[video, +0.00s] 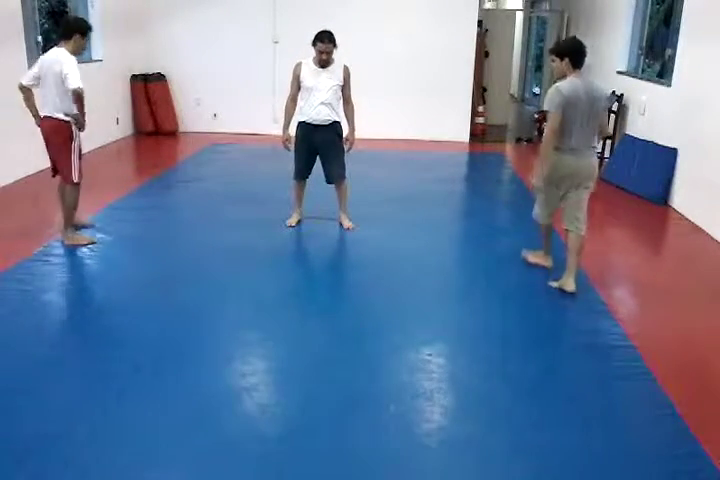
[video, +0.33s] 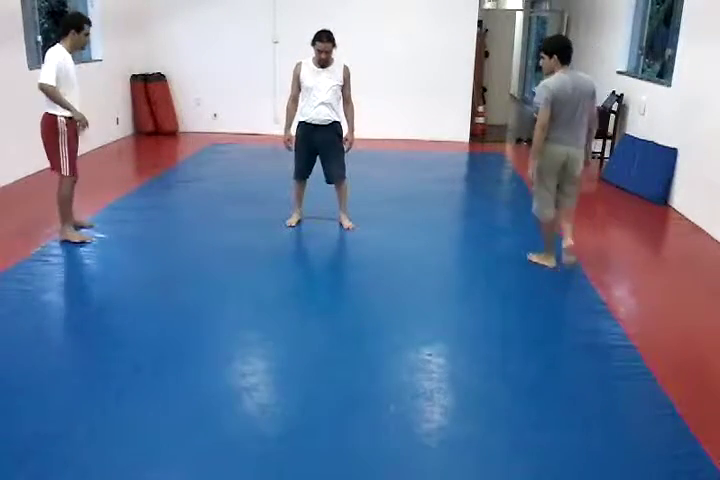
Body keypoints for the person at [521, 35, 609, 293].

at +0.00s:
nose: (552, 66)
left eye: (554, 61)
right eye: (552, 60)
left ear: (566, 61)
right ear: (577, 62)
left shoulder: (559, 91)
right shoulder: (597, 91)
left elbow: (551, 133)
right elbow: (604, 130)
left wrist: (539, 170)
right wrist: (584, 125)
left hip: (560, 157)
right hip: (587, 160)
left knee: (544, 209)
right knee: (577, 222)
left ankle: (545, 254)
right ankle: (570, 278)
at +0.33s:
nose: (541, 63)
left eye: (543, 58)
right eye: (541, 58)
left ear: (555, 58)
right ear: (566, 58)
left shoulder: (548, 86)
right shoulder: (588, 84)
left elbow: (541, 126)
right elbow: (592, 123)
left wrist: (533, 159)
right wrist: (587, 153)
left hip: (551, 149)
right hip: (576, 151)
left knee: (545, 201)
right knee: (568, 200)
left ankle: (548, 254)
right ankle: (568, 242)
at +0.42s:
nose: (540, 60)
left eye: (543, 55)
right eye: (540, 55)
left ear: (554, 56)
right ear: (566, 55)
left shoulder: (548, 83)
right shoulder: (586, 82)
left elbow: (541, 121)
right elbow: (590, 119)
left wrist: (532, 153)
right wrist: (589, 150)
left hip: (550, 145)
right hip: (573, 146)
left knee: (545, 200)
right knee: (563, 194)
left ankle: (549, 254)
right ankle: (563, 236)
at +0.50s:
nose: (539, 58)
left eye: (541, 53)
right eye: (539, 53)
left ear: (553, 55)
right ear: (563, 55)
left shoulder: (547, 81)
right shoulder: (582, 80)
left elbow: (540, 120)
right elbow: (590, 117)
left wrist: (528, 148)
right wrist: (593, 147)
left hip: (550, 143)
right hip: (570, 144)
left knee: (546, 199)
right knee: (558, 192)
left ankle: (549, 253)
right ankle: (559, 237)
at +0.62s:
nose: (536, 58)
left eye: (539, 54)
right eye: (537, 54)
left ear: (551, 56)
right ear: (560, 56)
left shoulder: (547, 82)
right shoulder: (577, 81)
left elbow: (543, 120)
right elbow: (584, 117)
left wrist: (526, 142)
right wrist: (587, 145)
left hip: (548, 143)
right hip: (568, 143)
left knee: (546, 198)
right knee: (555, 192)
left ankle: (549, 253)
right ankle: (550, 233)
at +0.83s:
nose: (533, 59)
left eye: (536, 54)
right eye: (533, 54)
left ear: (549, 54)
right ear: (552, 55)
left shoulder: (553, 79)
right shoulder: (562, 76)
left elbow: (554, 118)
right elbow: (560, 115)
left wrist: (537, 145)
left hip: (555, 138)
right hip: (561, 136)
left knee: (541, 190)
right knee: (547, 186)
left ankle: (554, 242)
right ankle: (545, 231)